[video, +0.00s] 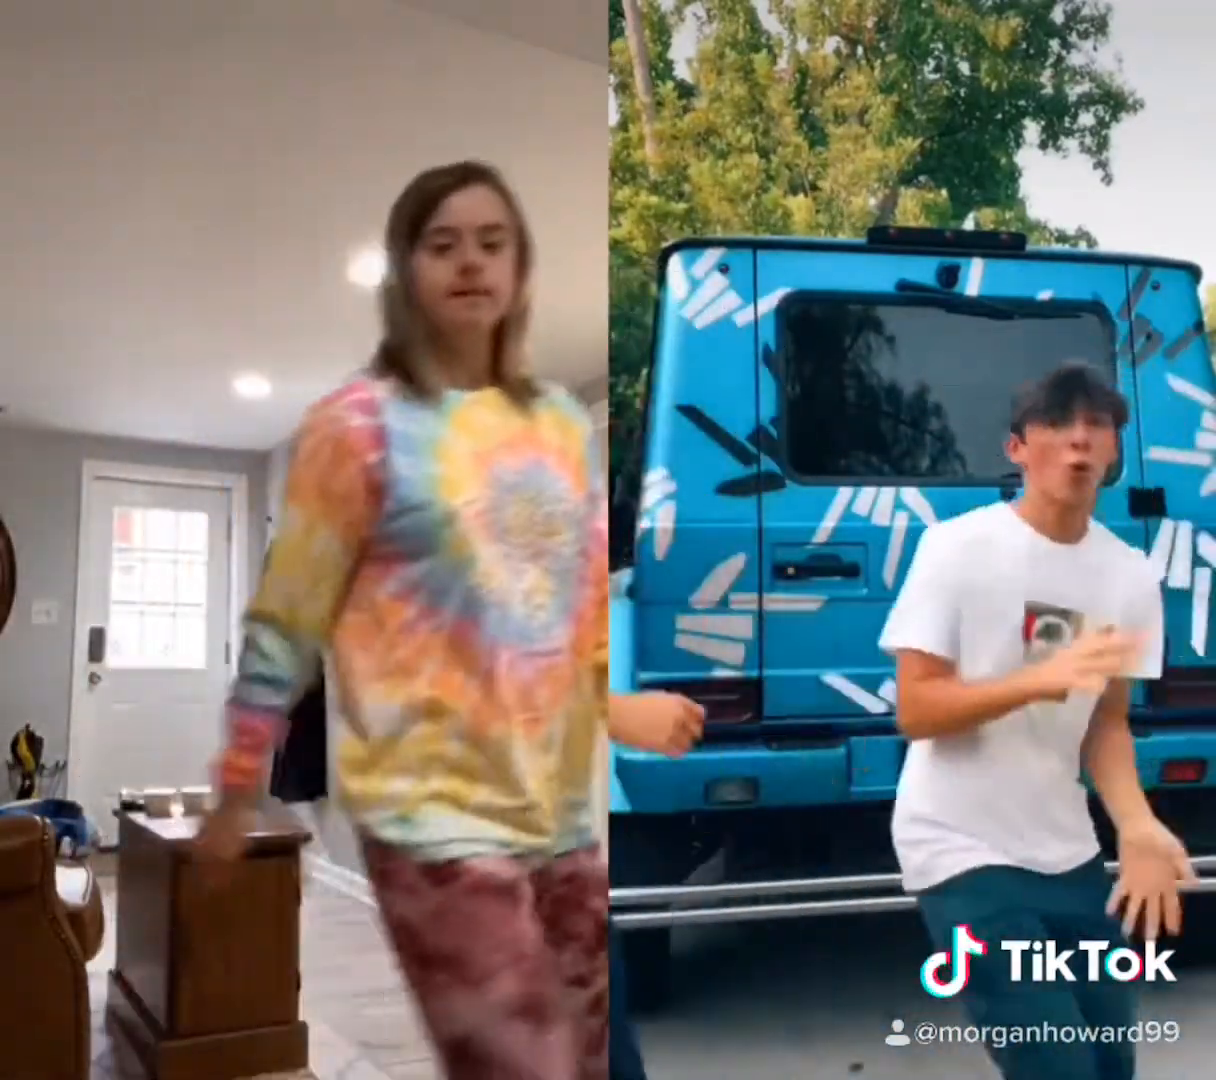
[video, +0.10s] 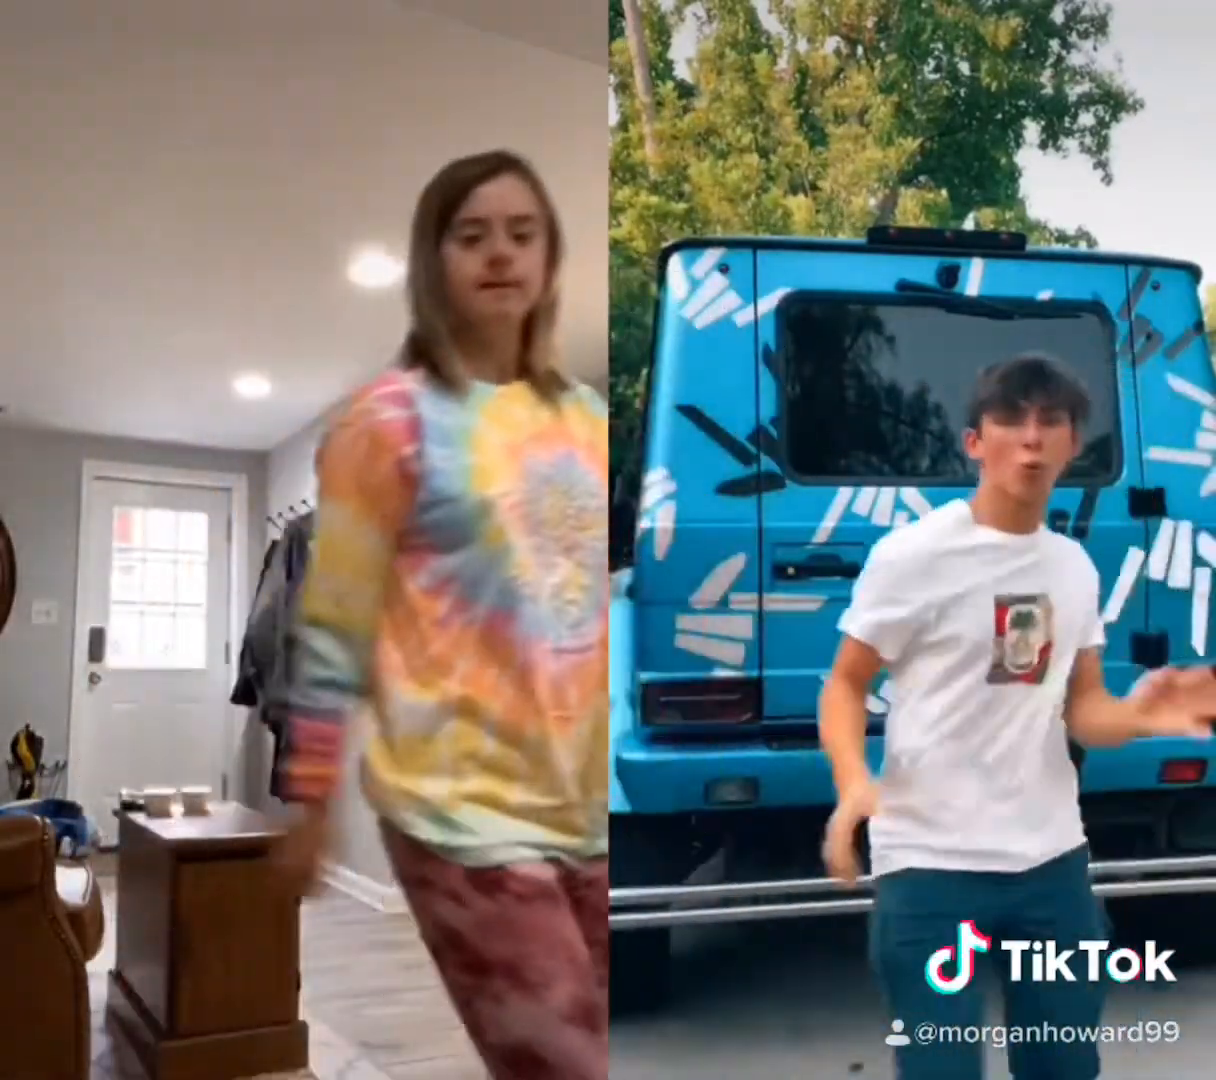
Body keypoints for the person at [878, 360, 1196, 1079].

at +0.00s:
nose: (1082, 448)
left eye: (1096, 433)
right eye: (1061, 431)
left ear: (1113, 453)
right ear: (1019, 449)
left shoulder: (1130, 575)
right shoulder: (954, 550)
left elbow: (1108, 725)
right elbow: (916, 710)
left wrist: (1137, 825)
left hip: (1066, 845)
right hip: (961, 843)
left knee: (1111, 1059)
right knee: (1060, 1058)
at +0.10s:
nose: (1034, 438)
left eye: (1052, 422)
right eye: (1015, 421)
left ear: (1074, 443)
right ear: (976, 441)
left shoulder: (1074, 567)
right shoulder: (910, 558)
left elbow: (1083, 709)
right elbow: (844, 686)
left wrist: (1143, 713)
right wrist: (853, 780)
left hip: (1050, 859)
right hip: (930, 861)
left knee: (1066, 1067)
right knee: (941, 1066)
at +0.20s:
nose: (972, 468)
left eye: (991, 452)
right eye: (953, 451)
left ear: (1016, 471)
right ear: (920, 471)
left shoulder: (1050, 594)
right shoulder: (848, 590)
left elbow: (1084, 756)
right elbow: (793, 715)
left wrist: (1082, 711)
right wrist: (799, 799)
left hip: (1016, 888)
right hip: (879, 887)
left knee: (1041, 1068)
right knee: (856, 1065)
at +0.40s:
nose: (846, 503)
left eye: (867, 485)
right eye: (827, 485)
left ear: (900, 504)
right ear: (798, 506)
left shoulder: (943, 632)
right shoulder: (762, 616)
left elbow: (972, 803)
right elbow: (714, 770)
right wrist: (797, 654)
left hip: (904, 930)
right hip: (772, 917)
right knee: (729, 1064)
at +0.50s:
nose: (820, 466)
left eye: (841, 448)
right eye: (802, 447)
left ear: (875, 468)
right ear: (774, 467)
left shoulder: (922, 594)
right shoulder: (730, 578)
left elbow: (918, 773)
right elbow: (675, 726)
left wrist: (773, 753)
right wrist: (764, 607)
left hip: (884, 897)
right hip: (751, 892)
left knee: (874, 1068)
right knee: (733, 1068)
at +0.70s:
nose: (774, 446)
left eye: (799, 426)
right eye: (764, 425)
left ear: (854, 444)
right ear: (748, 437)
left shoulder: (911, 580)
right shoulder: (696, 562)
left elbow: (904, 755)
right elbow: (667, 737)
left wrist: (747, 799)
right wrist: (771, 704)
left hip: (863, 895)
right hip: (728, 897)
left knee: (827, 1067)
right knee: (736, 1069)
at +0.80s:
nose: (750, 469)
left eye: (779, 447)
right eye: (749, 447)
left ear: (845, 471)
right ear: (744, 459)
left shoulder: (912, 605)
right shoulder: (694, 592)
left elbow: (946, 769)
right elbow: (666, 754)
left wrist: (828, 851)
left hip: (863, 918)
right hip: (720, 917)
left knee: (845, 1067)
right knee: (706, 1064)